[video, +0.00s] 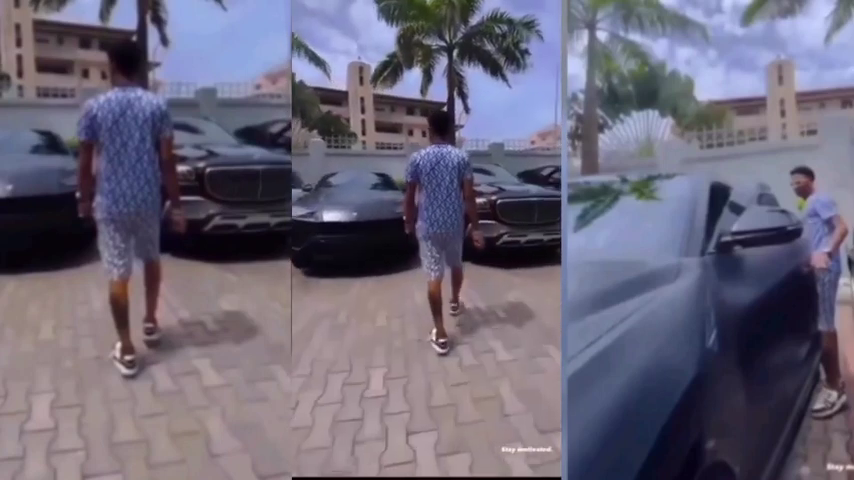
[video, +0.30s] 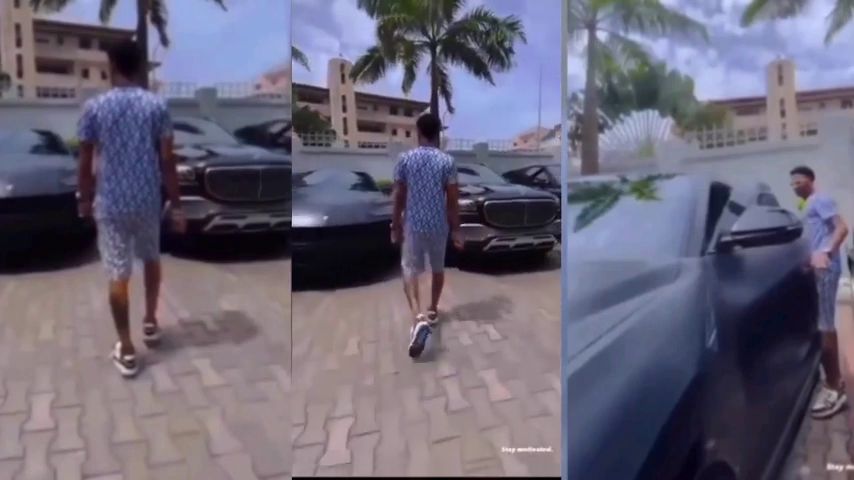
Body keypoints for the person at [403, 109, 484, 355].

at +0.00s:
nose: (430, 133)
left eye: (429, 129)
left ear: (430, 130)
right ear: (451, 130)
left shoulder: (418, 158)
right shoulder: (460, 157)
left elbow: (410, 195)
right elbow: (469, 195)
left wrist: (409, 221)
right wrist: (475, 227)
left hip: (428, 224)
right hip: (454, 223)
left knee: (434, 276)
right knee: (456, 263)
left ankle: (440, 333)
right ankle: (454, 300)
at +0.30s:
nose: (420, 136)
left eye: (418, 132)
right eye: (431, 131)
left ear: (418, 133)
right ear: (438, 133)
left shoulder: (406, 159)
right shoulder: (446, 161)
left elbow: (399, 196)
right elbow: (452, 199)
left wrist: (396, 224)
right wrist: (456, 229)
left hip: (413, 224)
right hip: (438, 224)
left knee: (410, 269)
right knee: (437, 268)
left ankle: (417, 315)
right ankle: (433, 310)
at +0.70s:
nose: (384, 138)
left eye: (383, 134)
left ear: (382, 135)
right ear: (403, 135)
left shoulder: (375, 162)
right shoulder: (415, 160)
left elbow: (370, 199)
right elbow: (424, 193)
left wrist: (371, 230)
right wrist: (422, 217)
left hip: (386, 227)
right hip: (411, 227)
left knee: (387, 269)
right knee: (410, 277)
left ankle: (390, 299)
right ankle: (406, 335)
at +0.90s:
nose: (361, 136)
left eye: (358, 131)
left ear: (357, 133)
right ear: (378, 132)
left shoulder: (350, 159)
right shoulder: (391, 158)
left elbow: (348, 199)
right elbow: (400, 195)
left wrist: (346, 230)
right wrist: (404, 222)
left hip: (363, 224)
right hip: (389, 223)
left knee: (367, 269)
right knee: (395, 268)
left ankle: (374, 308)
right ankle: (392, 316)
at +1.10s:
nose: (346, 134)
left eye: (340, 129)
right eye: (354, 130)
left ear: (336, 130)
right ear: (357, 130)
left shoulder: (324, 156)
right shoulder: (369, 155)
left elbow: (319, 194)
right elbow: (378, 191)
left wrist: (320, 225)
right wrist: (385, 218)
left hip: (339, 223)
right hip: (367, 221)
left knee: (346, 272)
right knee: (377, 265)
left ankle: (356, 319)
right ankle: (374, 304)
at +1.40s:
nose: (331, 140)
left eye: (323, 135)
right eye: (335, 136)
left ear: (316, 135)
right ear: (337, 137)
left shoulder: (302, 160)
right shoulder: (346, 162)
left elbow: (296, 196)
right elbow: (353, 197)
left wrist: (297, 226)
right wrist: (361, 225)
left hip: (313, 227)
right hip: (341, 225)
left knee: (322, 280)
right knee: (345, 263)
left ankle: (329, 336)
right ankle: (343, 297)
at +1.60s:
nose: (323, 138)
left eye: (315, 133)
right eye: (327, 135)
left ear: (308, 134)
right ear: (329, 135)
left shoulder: (296, 159)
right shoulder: (336, 161)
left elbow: (295, 189)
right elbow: (344, 196)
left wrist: (297, 218)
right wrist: (351, 225)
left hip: (305, 221)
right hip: (332, 220)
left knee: (304, 266)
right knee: (335, 264)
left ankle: (310, 310)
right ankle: (331, 308)